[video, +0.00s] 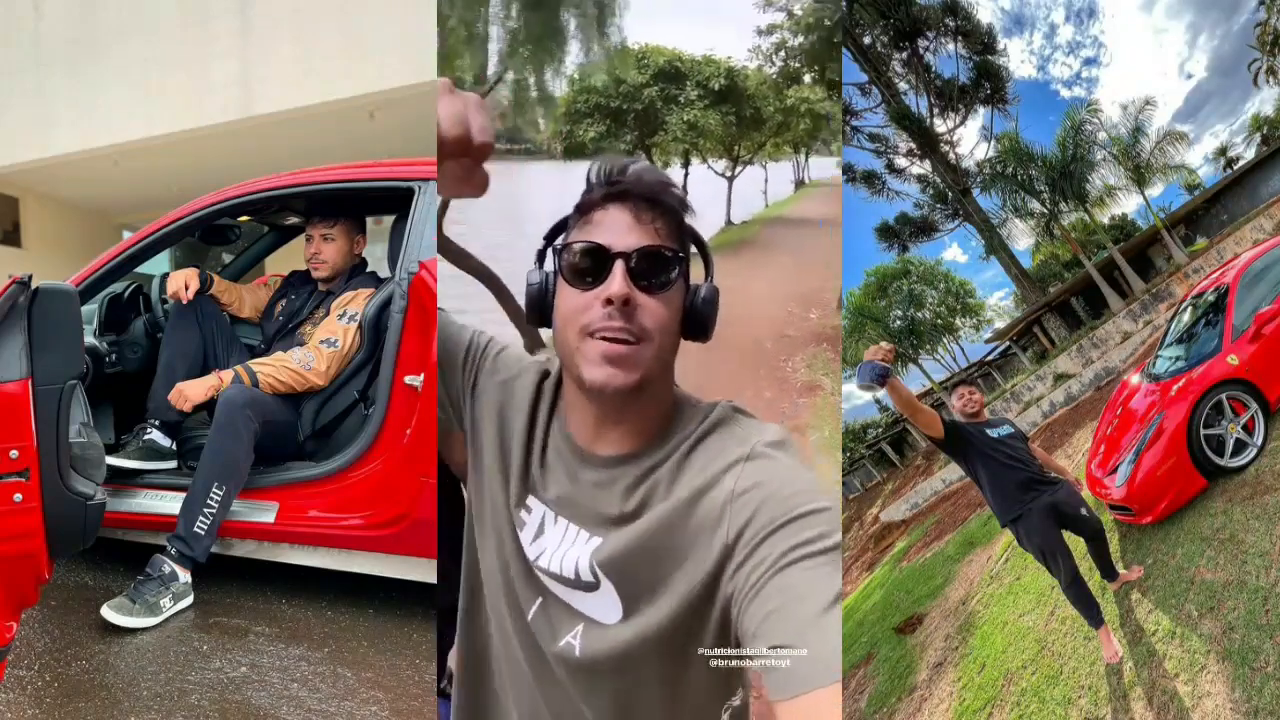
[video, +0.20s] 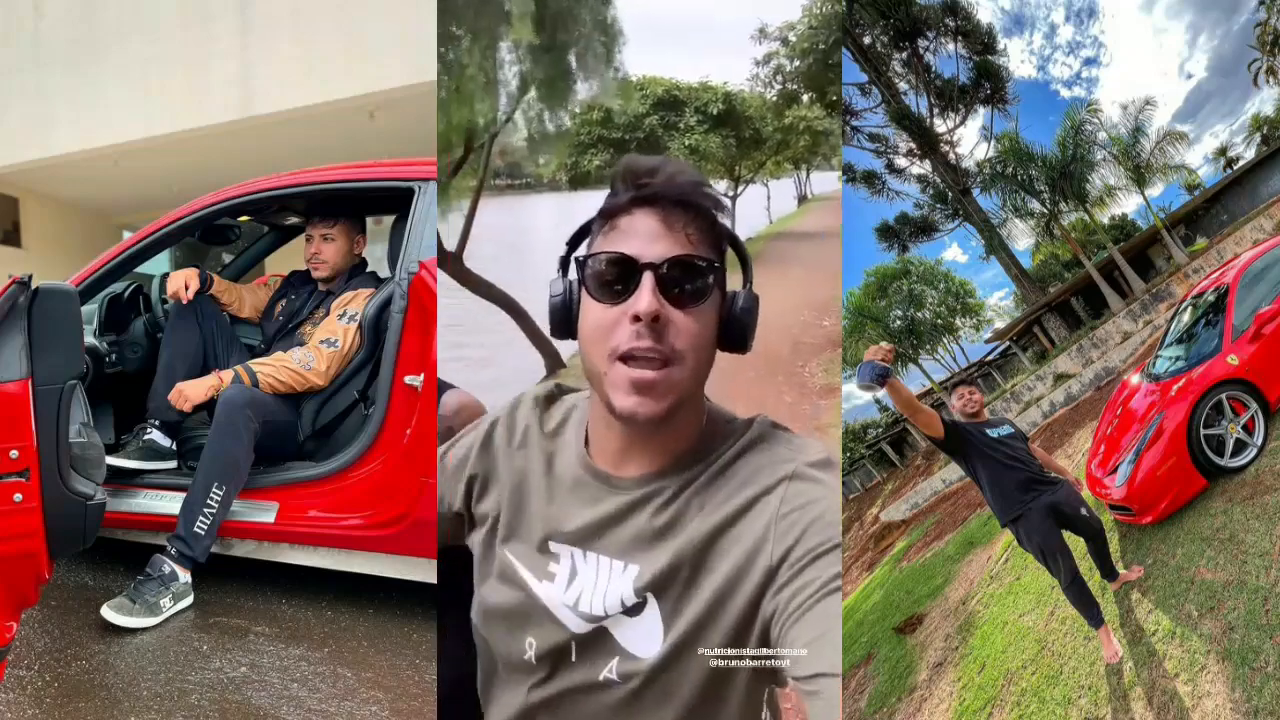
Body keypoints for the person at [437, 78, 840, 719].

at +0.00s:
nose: (616, 292)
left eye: (651, 270)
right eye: (588, 267)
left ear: (689, 306)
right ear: (550, 293)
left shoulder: (760, 492)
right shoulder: (495, 393)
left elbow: (809, 706)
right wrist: (418, 188)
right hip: (485, 707)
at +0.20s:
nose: (646, 307)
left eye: (684, 282)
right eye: (615, 279)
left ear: (728, 318)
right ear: (573, 307)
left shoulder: (793, 496)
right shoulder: (515, 439)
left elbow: (837, 692)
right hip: (509, 707)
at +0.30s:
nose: (663, 317)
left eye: (702, 288)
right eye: (628, 287)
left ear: (747, 321)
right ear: (587, 314)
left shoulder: (809, 507)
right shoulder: (525, 459)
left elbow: (852, 699)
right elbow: (379, 558)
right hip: (535, 708)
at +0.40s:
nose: (654, 319)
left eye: (693, 292)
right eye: (619, 291)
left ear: (737, 331)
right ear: (577, 322)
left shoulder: (809, 524)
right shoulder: (513, 471)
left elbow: (843, 702)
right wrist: (482, 666)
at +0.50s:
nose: (663, 301)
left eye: (704, 278)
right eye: (630, 272)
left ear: (747, 323)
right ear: (582, 305)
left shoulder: (807, 517)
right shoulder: (518, 456)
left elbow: (833, 703)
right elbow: (460, 608)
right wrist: (437, 706)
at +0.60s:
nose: (660, 301)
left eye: (702, 278)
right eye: (628, 274)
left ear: (748, 324)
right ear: (584, 310)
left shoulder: (817, 521)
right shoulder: (526, 464)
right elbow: (509, 604)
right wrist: (503, 712)